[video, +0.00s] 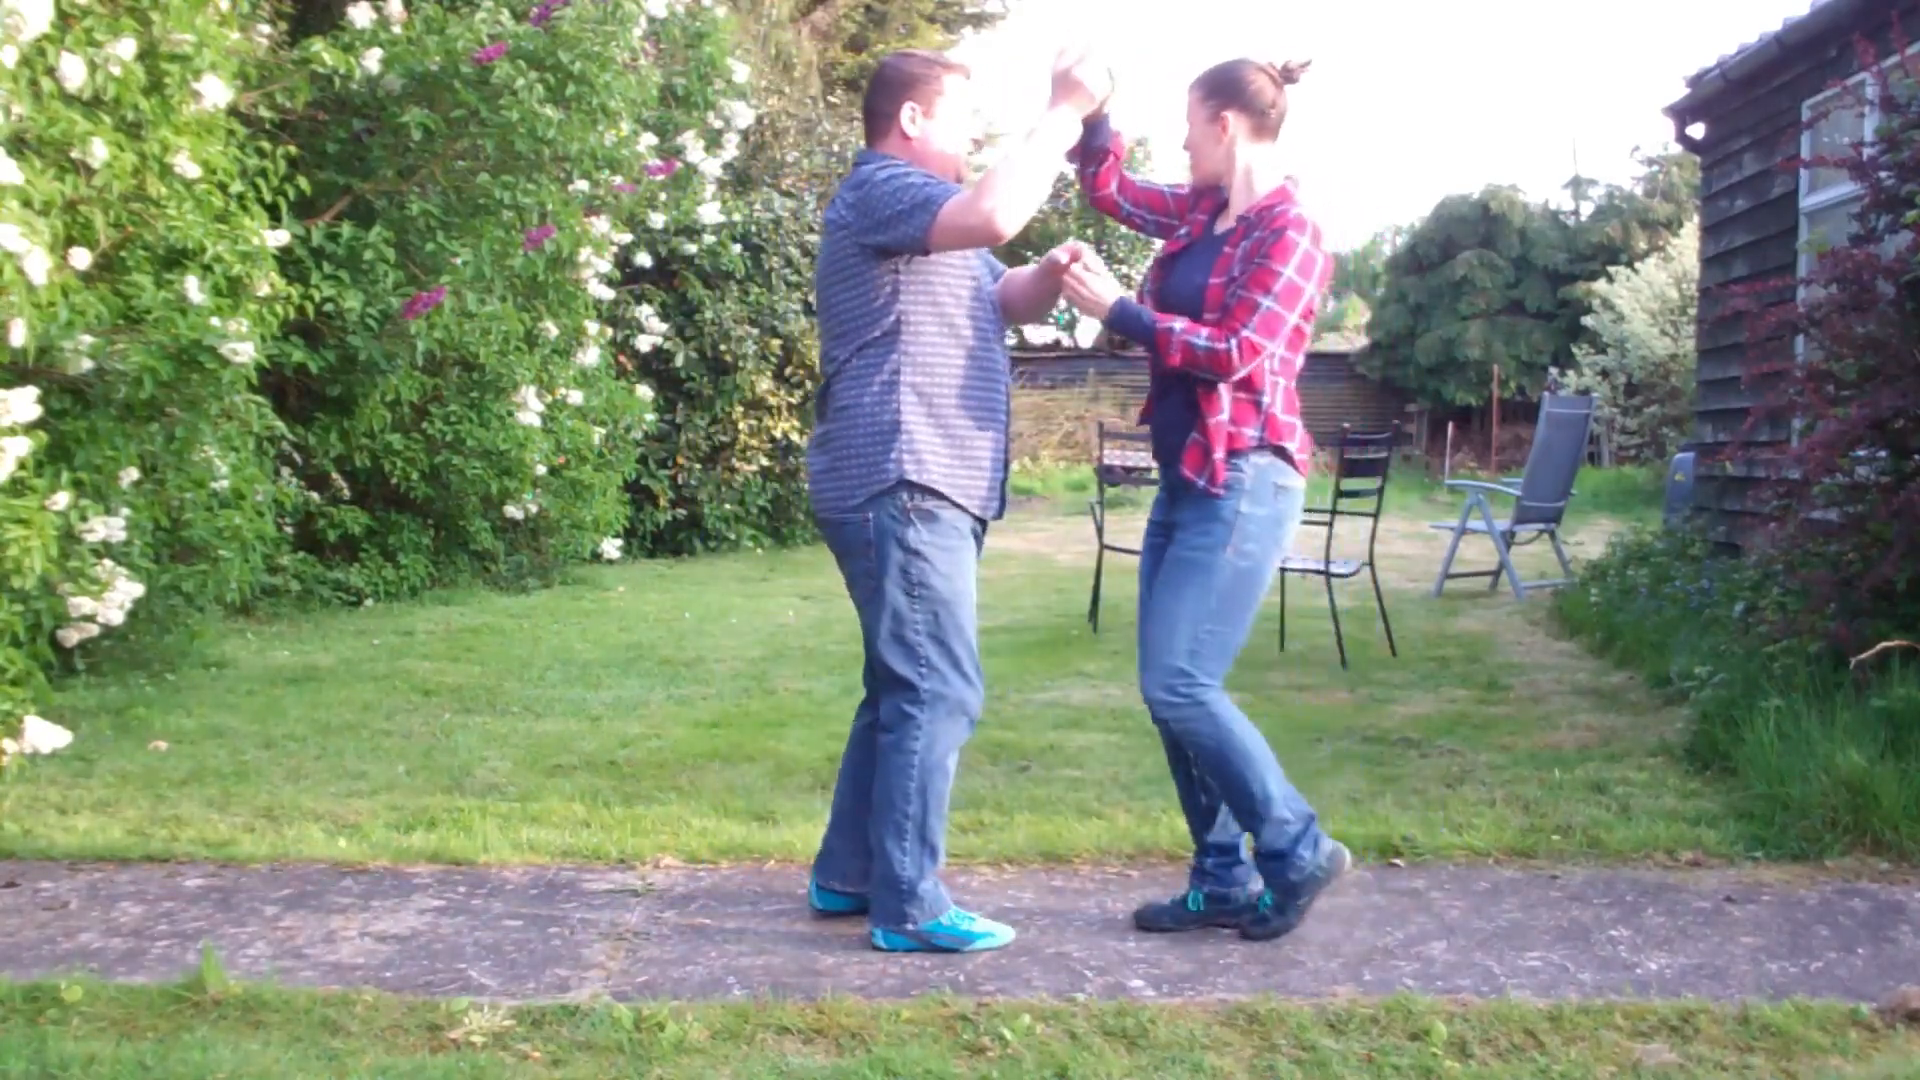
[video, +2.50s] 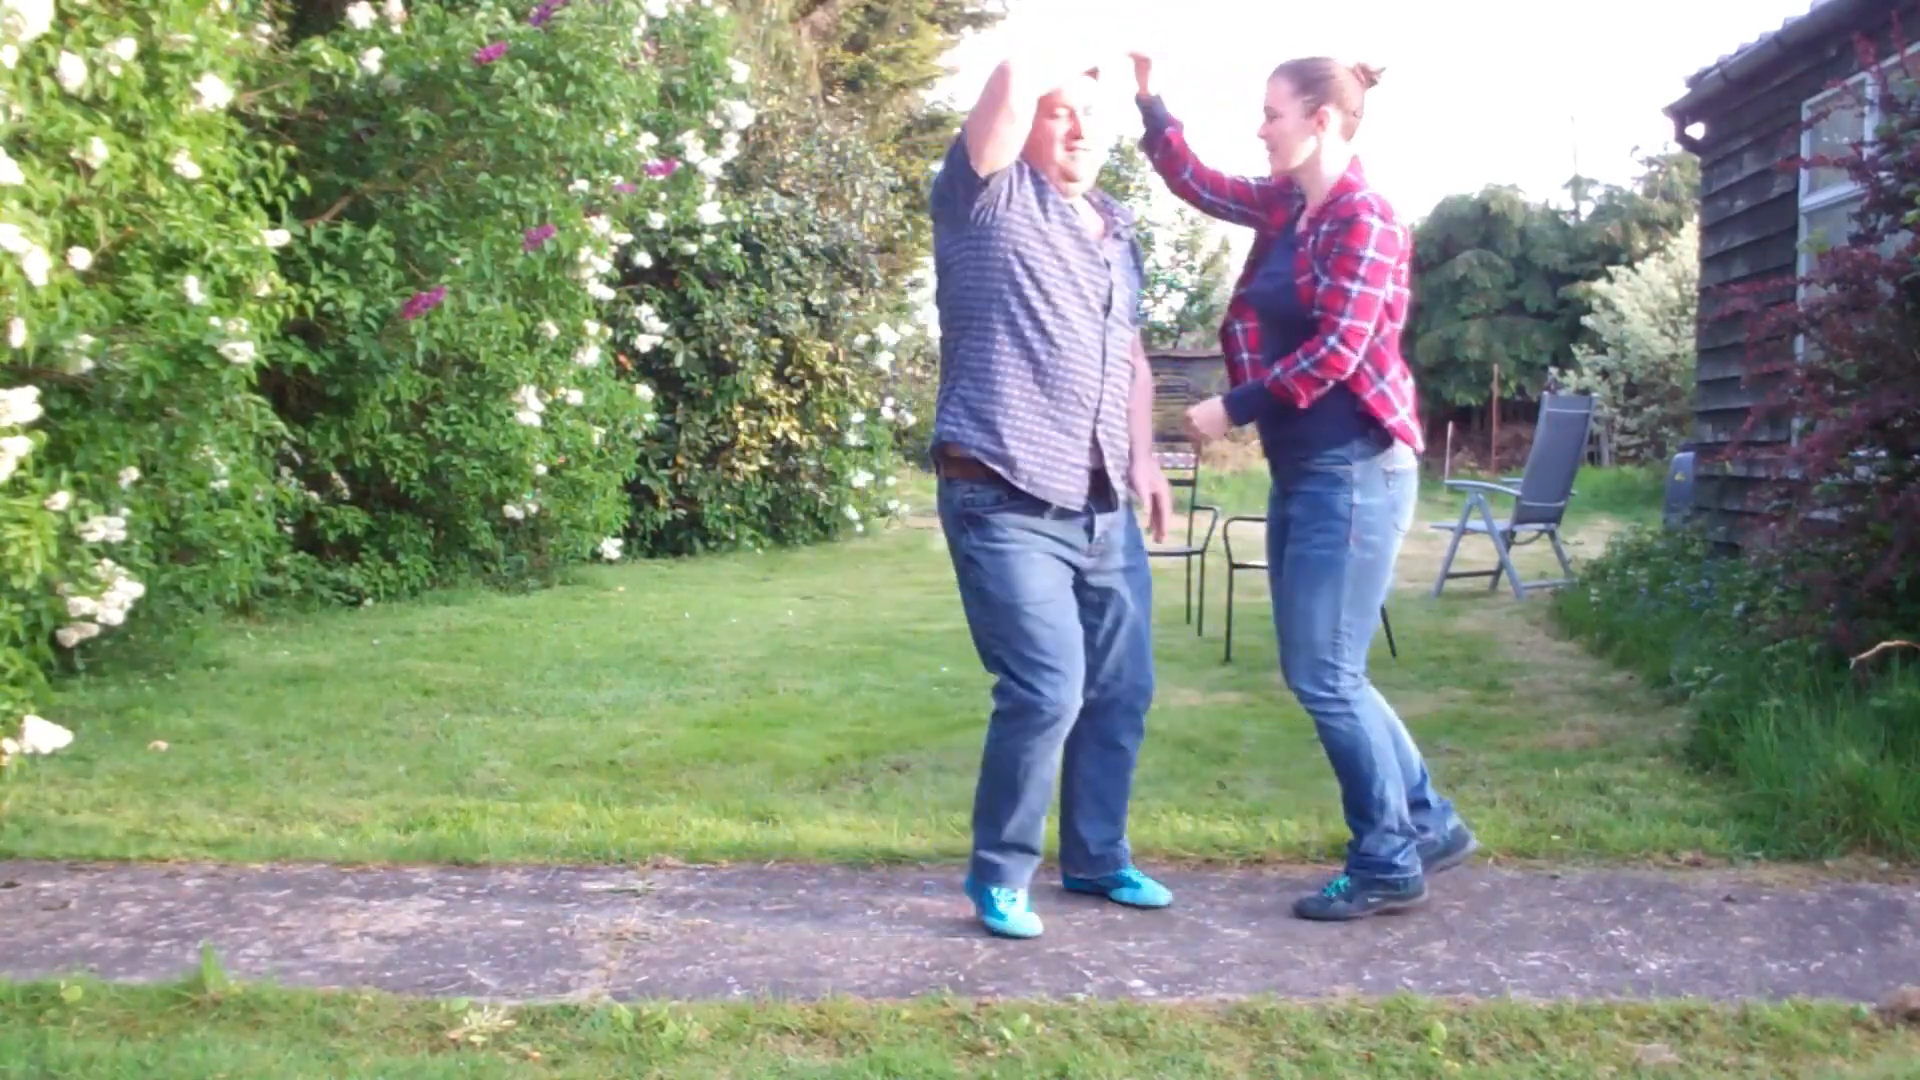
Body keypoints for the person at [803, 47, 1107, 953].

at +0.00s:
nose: (978, 130)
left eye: (978, 115)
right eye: (965, 112)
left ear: (909, 121)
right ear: (913, 118)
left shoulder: (927, 207)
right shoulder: (878, 190)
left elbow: (994, 303)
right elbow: (989, 212)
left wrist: (1054, 270)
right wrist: (1062, 116)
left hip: (928, 481)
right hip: (896, 480)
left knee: (903, 687)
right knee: (939, 690)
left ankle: (848, 874)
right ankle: (908, 905)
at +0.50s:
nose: (939, 124)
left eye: (937, 110)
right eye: (925, 110)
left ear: (871, 115)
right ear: (874, 114)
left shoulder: (887, 195)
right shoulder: (840, 179)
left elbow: (961, 215)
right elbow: (971, 146)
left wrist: (1027, 159)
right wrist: (1028, 126)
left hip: (895, 480)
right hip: (854, 476)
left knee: (892, 688)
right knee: (871, 689)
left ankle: (845, 873)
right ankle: (757, 871)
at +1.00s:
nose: (911, 121)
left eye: (915, 106)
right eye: (895, 105)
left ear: (899, 123)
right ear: (839, 110)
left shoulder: (889, 197)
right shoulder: (792, 182)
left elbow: (983, 131)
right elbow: (910, 119)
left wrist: (1050, 47)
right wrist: (1015, 36)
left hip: (867, 498)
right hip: (798, 486)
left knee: (857, 694)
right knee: (804, 693)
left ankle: (807, 871)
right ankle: (739, 893)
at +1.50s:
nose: (936, 143)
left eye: (935, 126)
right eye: (923, 124)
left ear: (875, 123)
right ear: (867, 123)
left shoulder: (897, 196)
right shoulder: (831, 209)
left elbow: (994, 204)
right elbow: (869, 365)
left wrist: (1033, 153)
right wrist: (957, 419)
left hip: (852, 470)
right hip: (811, 470)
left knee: (805, 679)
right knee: (880, 666)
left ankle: (788, 879)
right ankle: (880, 883)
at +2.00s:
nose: (1014, 125)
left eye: (1012, 110)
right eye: (999, 108)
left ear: (956, 120)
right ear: (948, 117)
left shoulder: (978, 220)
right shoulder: (911, 183)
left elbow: (1003, 350)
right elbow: (1044, 162)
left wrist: (1092, 365)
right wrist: (1111, 120)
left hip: (971, 478)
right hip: (921, 471)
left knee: (979, 673)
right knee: (958, 680)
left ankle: (847, 822)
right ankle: (951, 889)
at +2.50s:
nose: (1071, 125)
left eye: (1086, 113)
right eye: (1053, 112)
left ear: (1107, 134)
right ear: (1022, 125)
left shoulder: (1112, 229)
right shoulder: (980, 196)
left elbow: (1130, 357)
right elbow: (1007, 84)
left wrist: (1143, 456)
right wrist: (1032, 63)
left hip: (1104, 507)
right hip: (1003, 499)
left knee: (1120, 689)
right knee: (1046, 687)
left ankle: (1095, 861)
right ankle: (1000, 874)